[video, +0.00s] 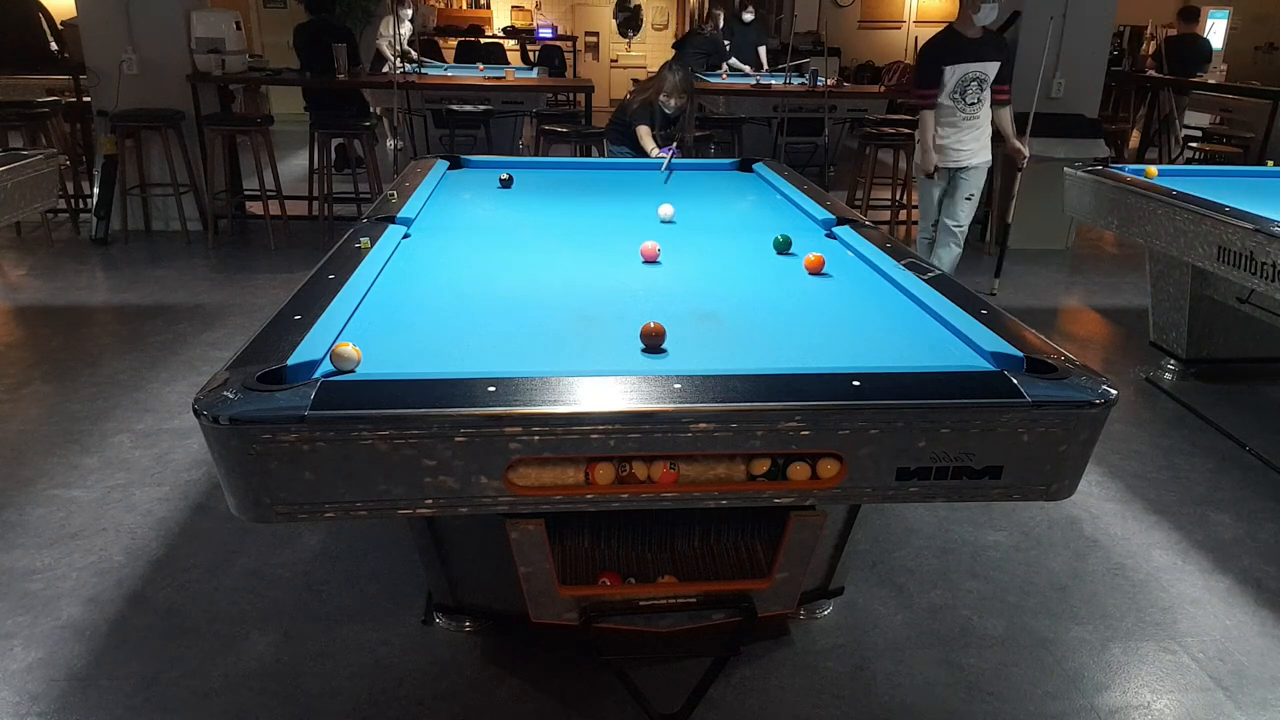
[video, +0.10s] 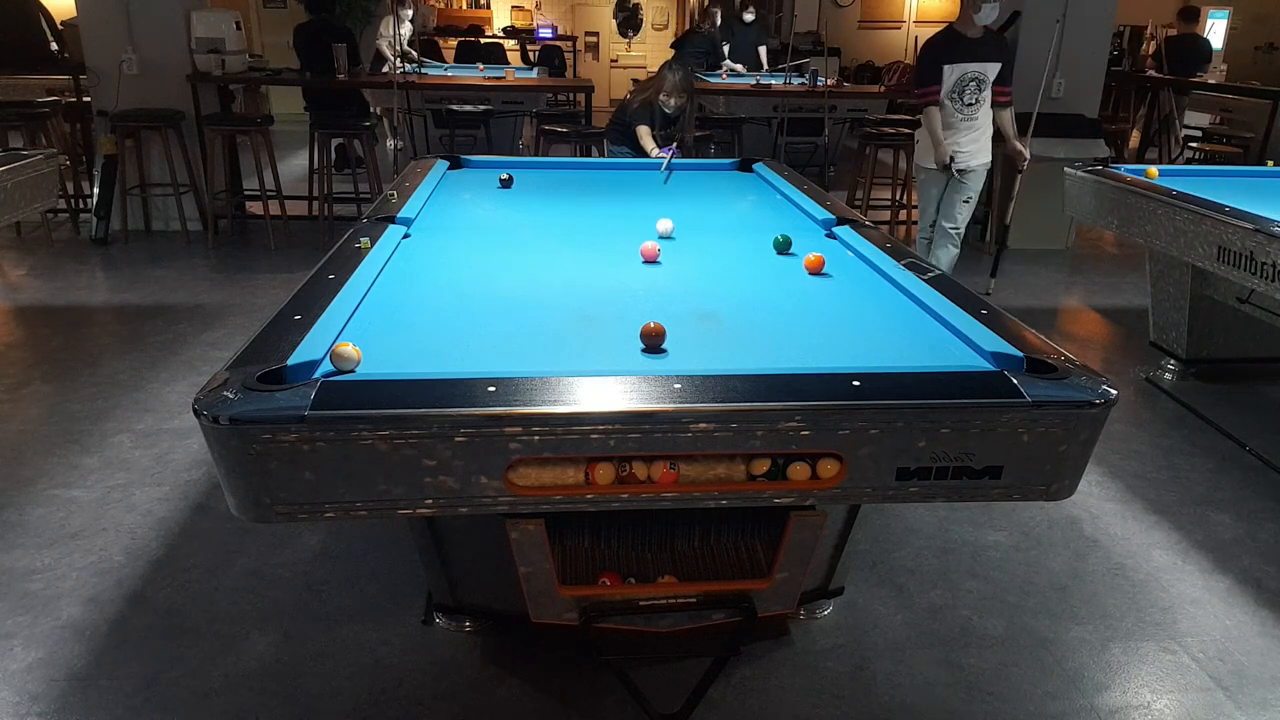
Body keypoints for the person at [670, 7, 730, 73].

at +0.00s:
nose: (723, 22)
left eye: (723, 19)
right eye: (722, 19)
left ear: (708, 19)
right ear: (717, 20)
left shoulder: (694, 31)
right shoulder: (715, 35)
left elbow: (676, 45)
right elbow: (724, 57)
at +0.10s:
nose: (720, 20)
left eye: (720, 17)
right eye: (719, 17)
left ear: (703, 17)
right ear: (714, 18)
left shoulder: (692, 30)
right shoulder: (713, 34)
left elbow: (674, 45)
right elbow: (721, 59)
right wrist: (735, 66)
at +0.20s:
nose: (717, 16)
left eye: (717, 13)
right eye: (716, 13)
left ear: (702, 14)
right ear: (712, 15)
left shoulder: (691, 28)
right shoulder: (709, 31)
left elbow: (673, 44)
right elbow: (712, 59)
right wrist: (723, 67)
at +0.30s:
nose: (714, 14)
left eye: (713, 11)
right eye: (712, 12)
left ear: (699, 12)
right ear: (708, 13)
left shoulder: (690, 24)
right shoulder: (706, 27)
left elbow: (671, 44)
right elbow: (702, 54)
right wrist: (710, 67)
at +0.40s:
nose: (710, 12)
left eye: (709, 9)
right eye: (709, 9)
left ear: (694, 10)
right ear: (704, 11)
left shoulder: (686, 23)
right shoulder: (701, 25)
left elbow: (668, 44)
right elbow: (695, 50)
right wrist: (701, 66)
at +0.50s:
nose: (706, 10)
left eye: (706, 8)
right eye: (705, 8)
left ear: (691, 7)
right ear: (700, 8)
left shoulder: (685, 18)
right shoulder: (697, 21)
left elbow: (667, 43)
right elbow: (689, 47)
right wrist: (695, 64)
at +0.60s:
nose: (702, 8)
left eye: (701, 6)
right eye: (700, 5)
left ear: (689, 6)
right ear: (695, 6)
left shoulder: (682, 19)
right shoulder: (692, 21)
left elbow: (664, 43)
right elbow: (685, 45)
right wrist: (692, 63)